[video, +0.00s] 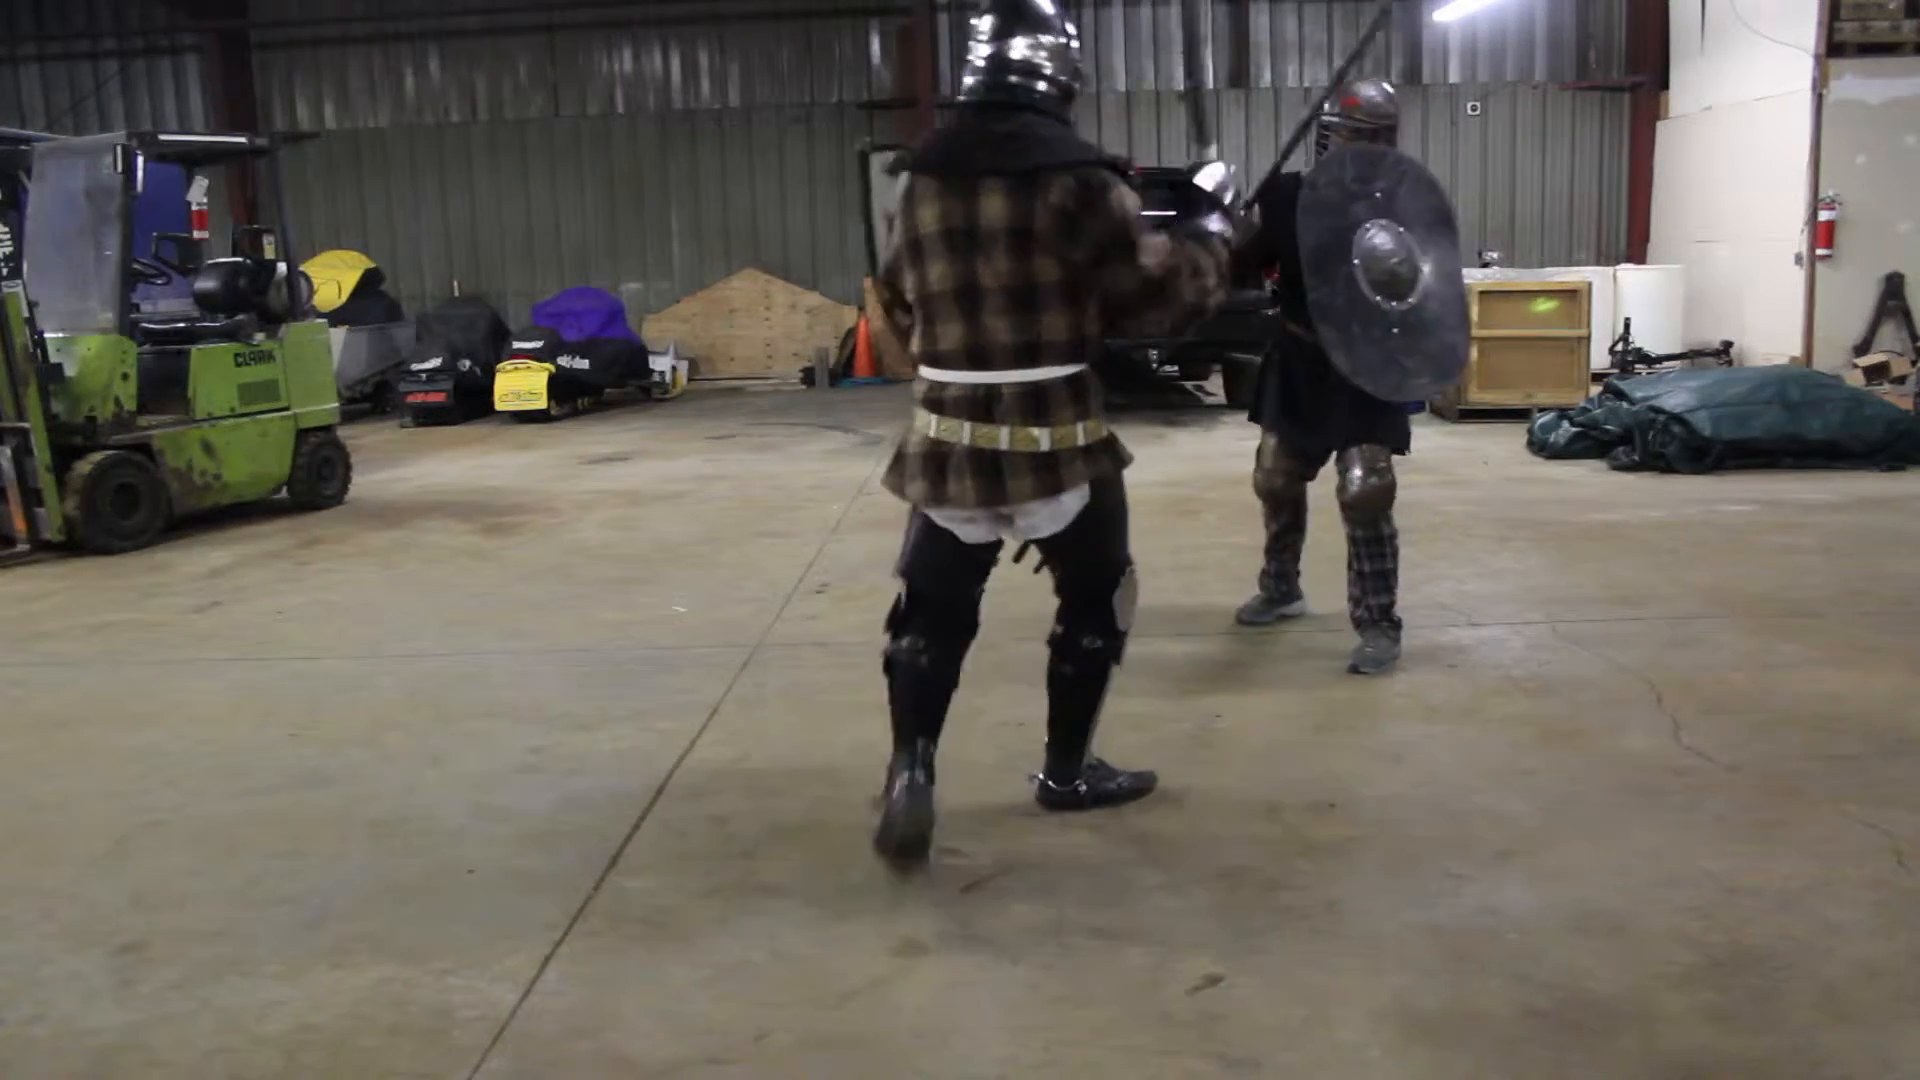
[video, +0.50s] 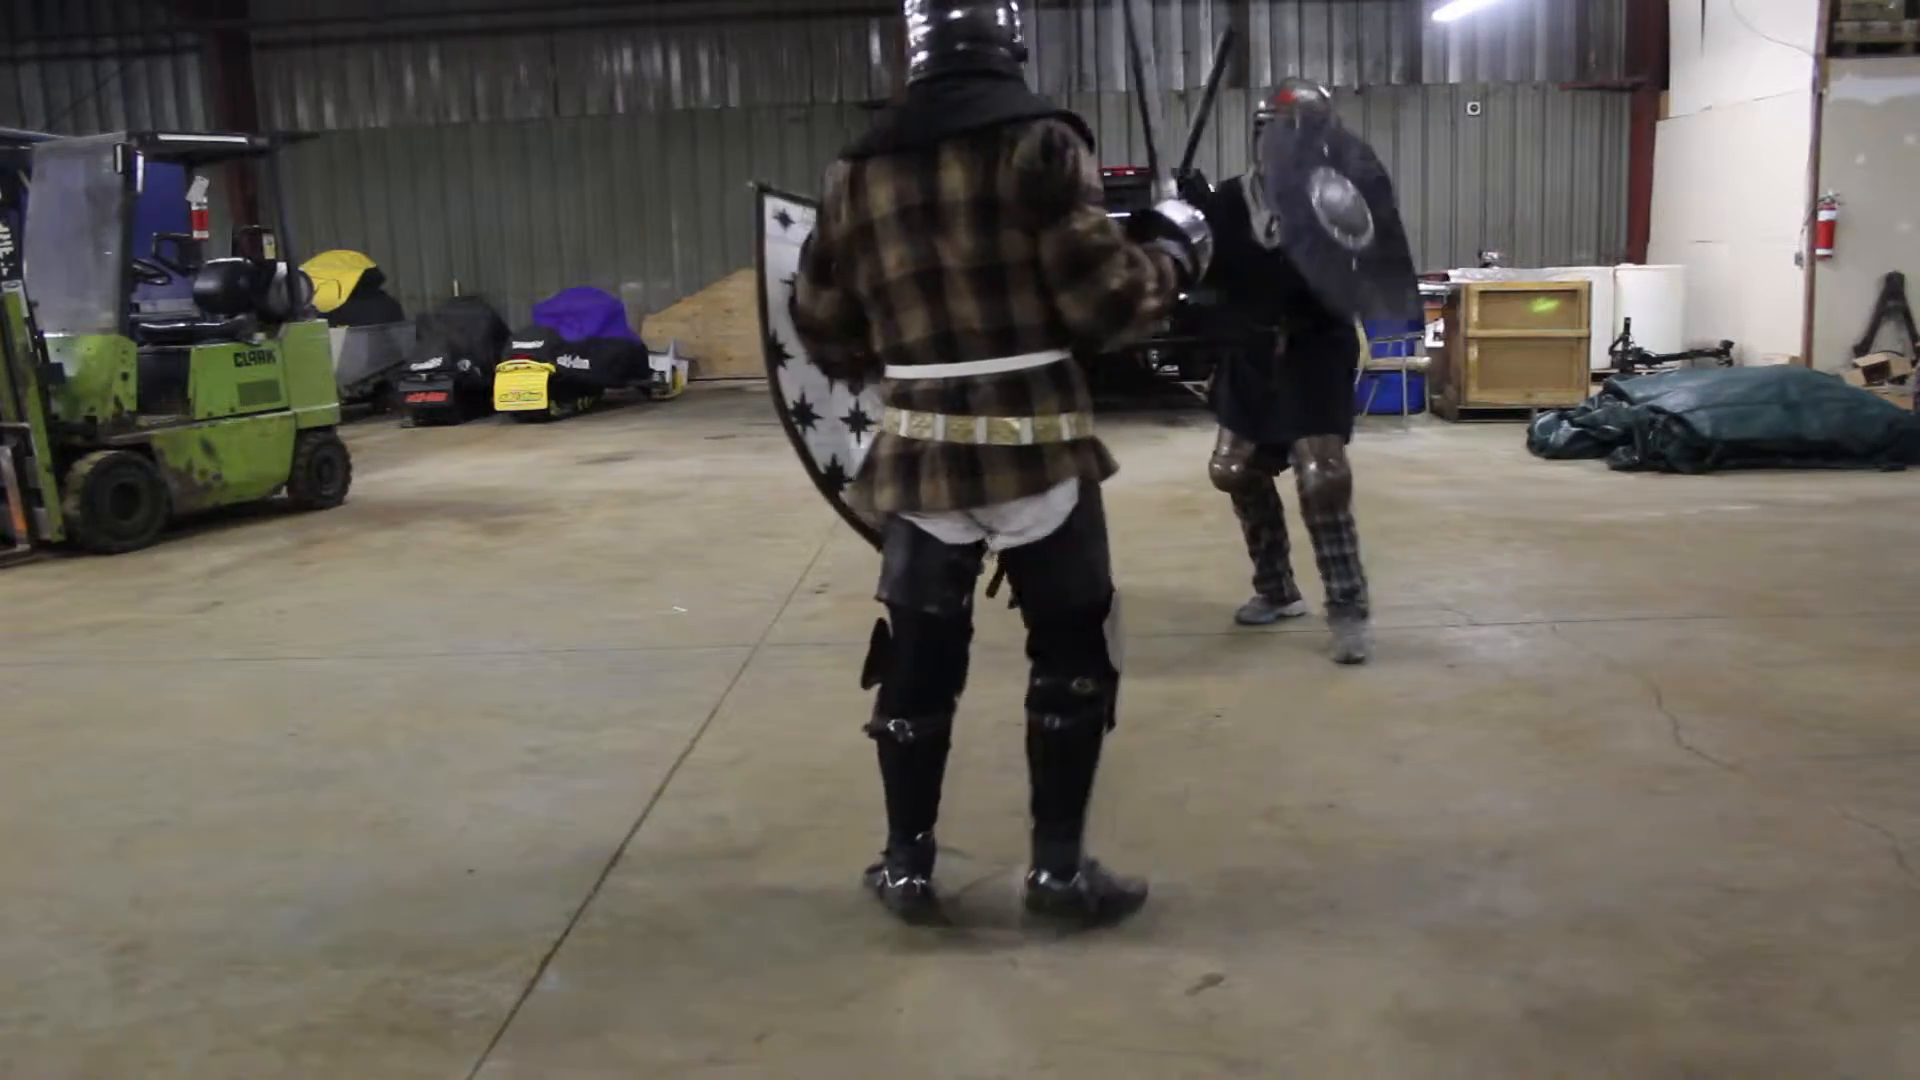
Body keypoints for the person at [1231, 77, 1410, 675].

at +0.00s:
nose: (1352, 150)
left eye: (1368, 138)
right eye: (1342, 135)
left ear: (1390, 141)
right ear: (1323, 135)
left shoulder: (1408, 203)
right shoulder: (1289, 197)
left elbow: (1439, 289)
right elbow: (1239, 259)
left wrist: (1441, 370)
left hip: (1375, 361)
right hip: (1299, 353)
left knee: (1364, 489)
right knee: (1276, 476)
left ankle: (1378, 625)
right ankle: (1280, 586)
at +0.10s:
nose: (1356, 147)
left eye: (1369, 135)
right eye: (1345, 132)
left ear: (1384, 137)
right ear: (1318, 127)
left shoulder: (1394, 198)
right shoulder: (1284, 194)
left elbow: (1426, 283)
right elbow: (1242, 275)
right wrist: (1229, 260)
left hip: (1364, 361)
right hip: (1289, 355)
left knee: (1356, 488)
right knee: (1265, 478)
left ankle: (1377, 625)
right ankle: (1279, 588)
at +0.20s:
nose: (1321, 146)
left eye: (1336, 135)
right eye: (1310, 132)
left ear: (1360, 137)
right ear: (1296, 132)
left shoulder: (1378, 199)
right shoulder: (1268, 197)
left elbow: (1415, 284)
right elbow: (1243, 272)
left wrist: (1381, 280)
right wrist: (1221, 273)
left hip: (1349, 367)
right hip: (1279, 363)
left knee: (1351, 488)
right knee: (1250, 479)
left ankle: (1374, 620)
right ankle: (1279, 588)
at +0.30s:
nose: (1323, 148)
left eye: (1336, 138)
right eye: (1313, 134)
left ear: (1351, 143)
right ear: (1290, 131)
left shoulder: (1364, 200)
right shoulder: (1262, 198)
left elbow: (1395, 273)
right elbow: (1237, 281)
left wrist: (1367, 276)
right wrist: (1210, 289)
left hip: (1335, 360)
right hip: (1267, 357)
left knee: (1345, 485)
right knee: (1242, 476)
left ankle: (1373, 612)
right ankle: (1277, 588)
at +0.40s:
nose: (1281, 148)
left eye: (1297, 136)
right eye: (1275, 135)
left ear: (1329, 141)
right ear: (1267, 140)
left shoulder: (1351, 204)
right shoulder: (1244, 204)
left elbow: (1376, 284)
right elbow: (1220, 288)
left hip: (1328, 363)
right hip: (1258, 360)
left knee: (1332, 476)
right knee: (1238, 472)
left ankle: (1365, 606)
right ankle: (1277, 589)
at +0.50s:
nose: (1280, 135)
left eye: (1295, 124)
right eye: (1272, 122)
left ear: (1319, 131)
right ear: (1259, 128)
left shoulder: (1334, 197)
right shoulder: (1237, 198)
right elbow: (1209, 266)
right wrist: (1193, 219)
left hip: (1319, 349)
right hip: (1252, 350)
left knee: (1321, 478)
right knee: (1236, 470)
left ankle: (1349, 614)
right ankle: (1276, 590)